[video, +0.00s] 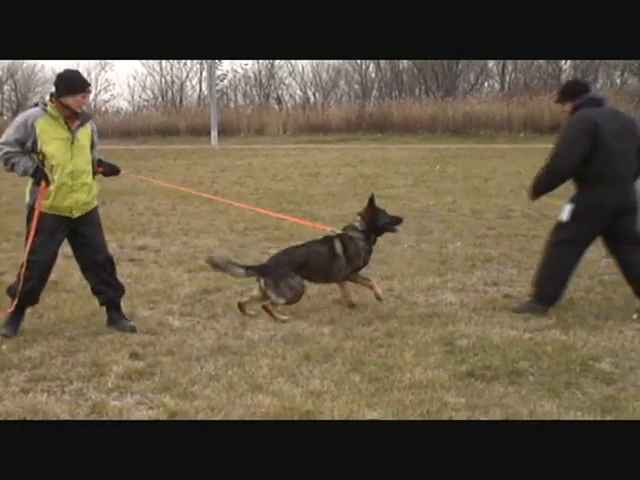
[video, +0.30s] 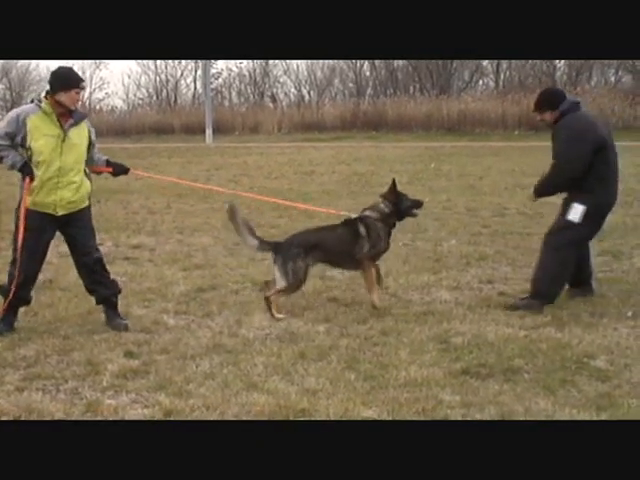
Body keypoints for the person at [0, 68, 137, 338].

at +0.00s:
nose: (85, 100)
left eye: (86, 95)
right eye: (80, 95)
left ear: (82, 96)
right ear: (63, 95)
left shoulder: (87, 124)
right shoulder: (32, 120)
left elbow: (90, 156)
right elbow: (7, 150)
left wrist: (100, 165)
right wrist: (33, 169)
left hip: (85, 207)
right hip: (49, 208)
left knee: (99, 259)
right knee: (38, 264)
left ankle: (115, 313)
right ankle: (16, 313)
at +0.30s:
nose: (79, 96)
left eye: (80, 91)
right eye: (75, 91)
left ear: (75, 93)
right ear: (58, 92)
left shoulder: (83, 124)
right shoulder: (25, 116)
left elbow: (91, 159)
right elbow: (2, 143)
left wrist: (109, 165)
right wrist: (19, 163)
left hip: (76, 205)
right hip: (37, 205)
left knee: (91, 259)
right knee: (26, 265)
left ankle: (112, 310)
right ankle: (9, 314)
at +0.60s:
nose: (45, 98)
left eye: (46, 93)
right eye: (40, 93)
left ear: (42, 94)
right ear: (22, 94)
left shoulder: (47, 126)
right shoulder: (3, 123)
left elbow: (52, 162)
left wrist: (69, 168)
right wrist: (2, 178)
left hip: (40, 207)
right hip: (7, 210)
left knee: (56, 260)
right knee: (0, 264)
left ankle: (79, 311)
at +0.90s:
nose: (22, 99)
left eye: (24, 93)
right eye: (16, 94)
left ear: (24, 95)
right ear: (2, 95)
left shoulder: (31, 127)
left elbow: (41, 162)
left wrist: (55, 169)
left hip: (21, 209)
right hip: (4, 210)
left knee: (36, 261)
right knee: (33, 260)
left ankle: (59, 312)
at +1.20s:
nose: (11, 101)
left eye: (13, 96)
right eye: (6, 95)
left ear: (15, 98)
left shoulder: (21, 130)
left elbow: (33, 164)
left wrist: (44, 173)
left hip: (12, 211)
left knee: (25, 265)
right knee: (23, 265)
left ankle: (46, 319)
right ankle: (45, 318)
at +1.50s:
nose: (1, 100)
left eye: (3, 94)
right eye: (1, 95)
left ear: (6, 96)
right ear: (2, 97)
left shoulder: (14, 129)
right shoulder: (12, 130)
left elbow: (27, 160)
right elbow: (27, 159)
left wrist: (37, 174)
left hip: (8, 210)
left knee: (16, 265)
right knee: (14, 265)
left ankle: (37, 321)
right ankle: (36, 319)